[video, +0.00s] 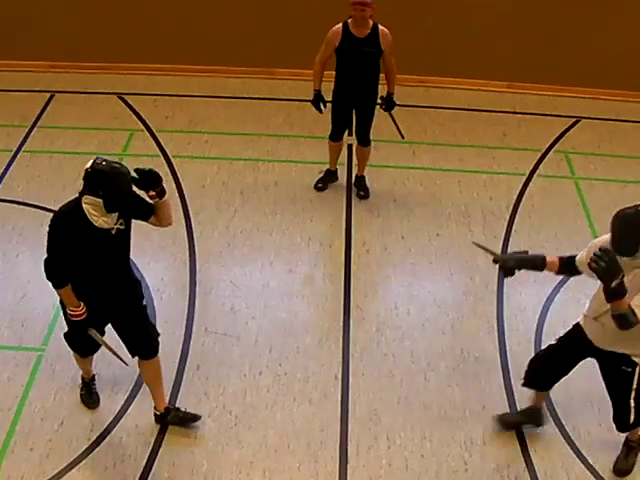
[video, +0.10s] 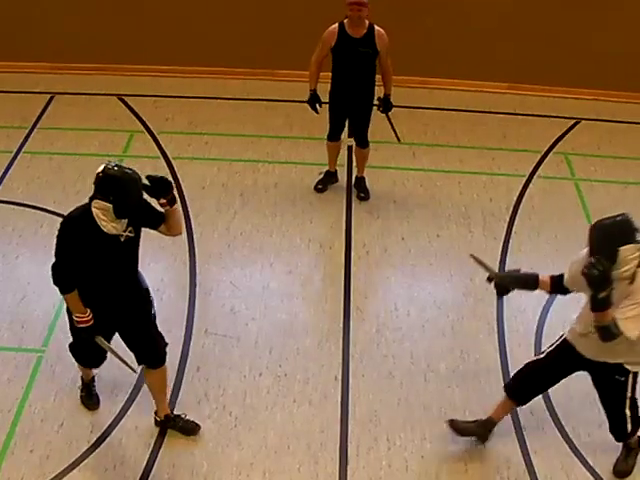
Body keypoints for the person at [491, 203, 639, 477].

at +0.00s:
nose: (618, 253)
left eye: (625, 252)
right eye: (615, 245)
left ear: (638, 251)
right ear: (614, 235)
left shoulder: (639, 275)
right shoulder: (607, 246)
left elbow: (628, 325)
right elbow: (573, 264)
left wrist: (614, 284)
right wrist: (523, 260)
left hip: (626, 352)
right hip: (589, 331)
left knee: (628, 415)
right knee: (543, 366)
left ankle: (634, 440)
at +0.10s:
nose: (591, 257)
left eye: (596, 254)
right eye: (592, 251)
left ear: (618, 256)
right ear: (597, 251)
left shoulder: (638, 287)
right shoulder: (596, 262)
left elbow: (612, 340)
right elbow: (563, 283)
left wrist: (601, 294)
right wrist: (518, 280)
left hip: (620, 361)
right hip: (579, 343)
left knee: (623, 421)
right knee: (531, 377)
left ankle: (631, 443)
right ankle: (487, 424)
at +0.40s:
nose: (514, 274)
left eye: (519, 268)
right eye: (513, 269)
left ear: (538, 259)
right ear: (513, 265)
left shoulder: (562, 284)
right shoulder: (515, 275)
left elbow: (524, 340)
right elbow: (503, 315)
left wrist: (501, 297)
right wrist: (473, 336)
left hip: (550, 365)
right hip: (511, 353)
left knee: (577, 425)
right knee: (458, 396)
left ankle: (608, 437)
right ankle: (448, 446)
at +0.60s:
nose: (492, 270)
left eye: (494, 264)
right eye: (487, 265)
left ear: (508, 252)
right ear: (484, 261)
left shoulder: (535, 272)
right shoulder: (487, 271)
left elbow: (512, 334)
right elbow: (477, 310)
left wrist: (474, 305)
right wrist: (449, 328)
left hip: (536, 354)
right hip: (497, 344)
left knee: (531, 408)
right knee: (459, 390)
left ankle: (541, 438)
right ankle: (450, 445)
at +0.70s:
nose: (482, 264)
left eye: (485, 258)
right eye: (479, 259)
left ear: (502, 248)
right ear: (480, 253)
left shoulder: (530, 270)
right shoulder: (483, 263)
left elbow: (522, 330)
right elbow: (477, 306)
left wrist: (477, 314)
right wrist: (439, 307)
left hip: (532, 349)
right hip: (496, 339)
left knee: (517, 408)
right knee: (459, 389)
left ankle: (518, 433)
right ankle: (452, 442)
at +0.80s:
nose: (474, 262)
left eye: (475, 257)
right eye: (472, 258)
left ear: (492, 251)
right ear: (479, 252)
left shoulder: (529, 273)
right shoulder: (481, 264)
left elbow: (532, 333)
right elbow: (473, 298)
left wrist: (485, 324)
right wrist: (442, 288)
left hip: (523, 354)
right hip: (486, 342)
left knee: (516, 408)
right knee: (448, 387)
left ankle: (519, 437)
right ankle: (448, 444)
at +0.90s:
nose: (480, 266)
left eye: (483, 261)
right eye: (479, 261)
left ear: (501, 254)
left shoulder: (536, 275)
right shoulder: (486, 266)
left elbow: (538, 334)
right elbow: (469, 295)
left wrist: (490, 324)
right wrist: (446, 281)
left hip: (523, 357)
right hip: (486, 342)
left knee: (521, 419)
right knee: (437, 382)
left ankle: (525, 440)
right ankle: (445, 433)